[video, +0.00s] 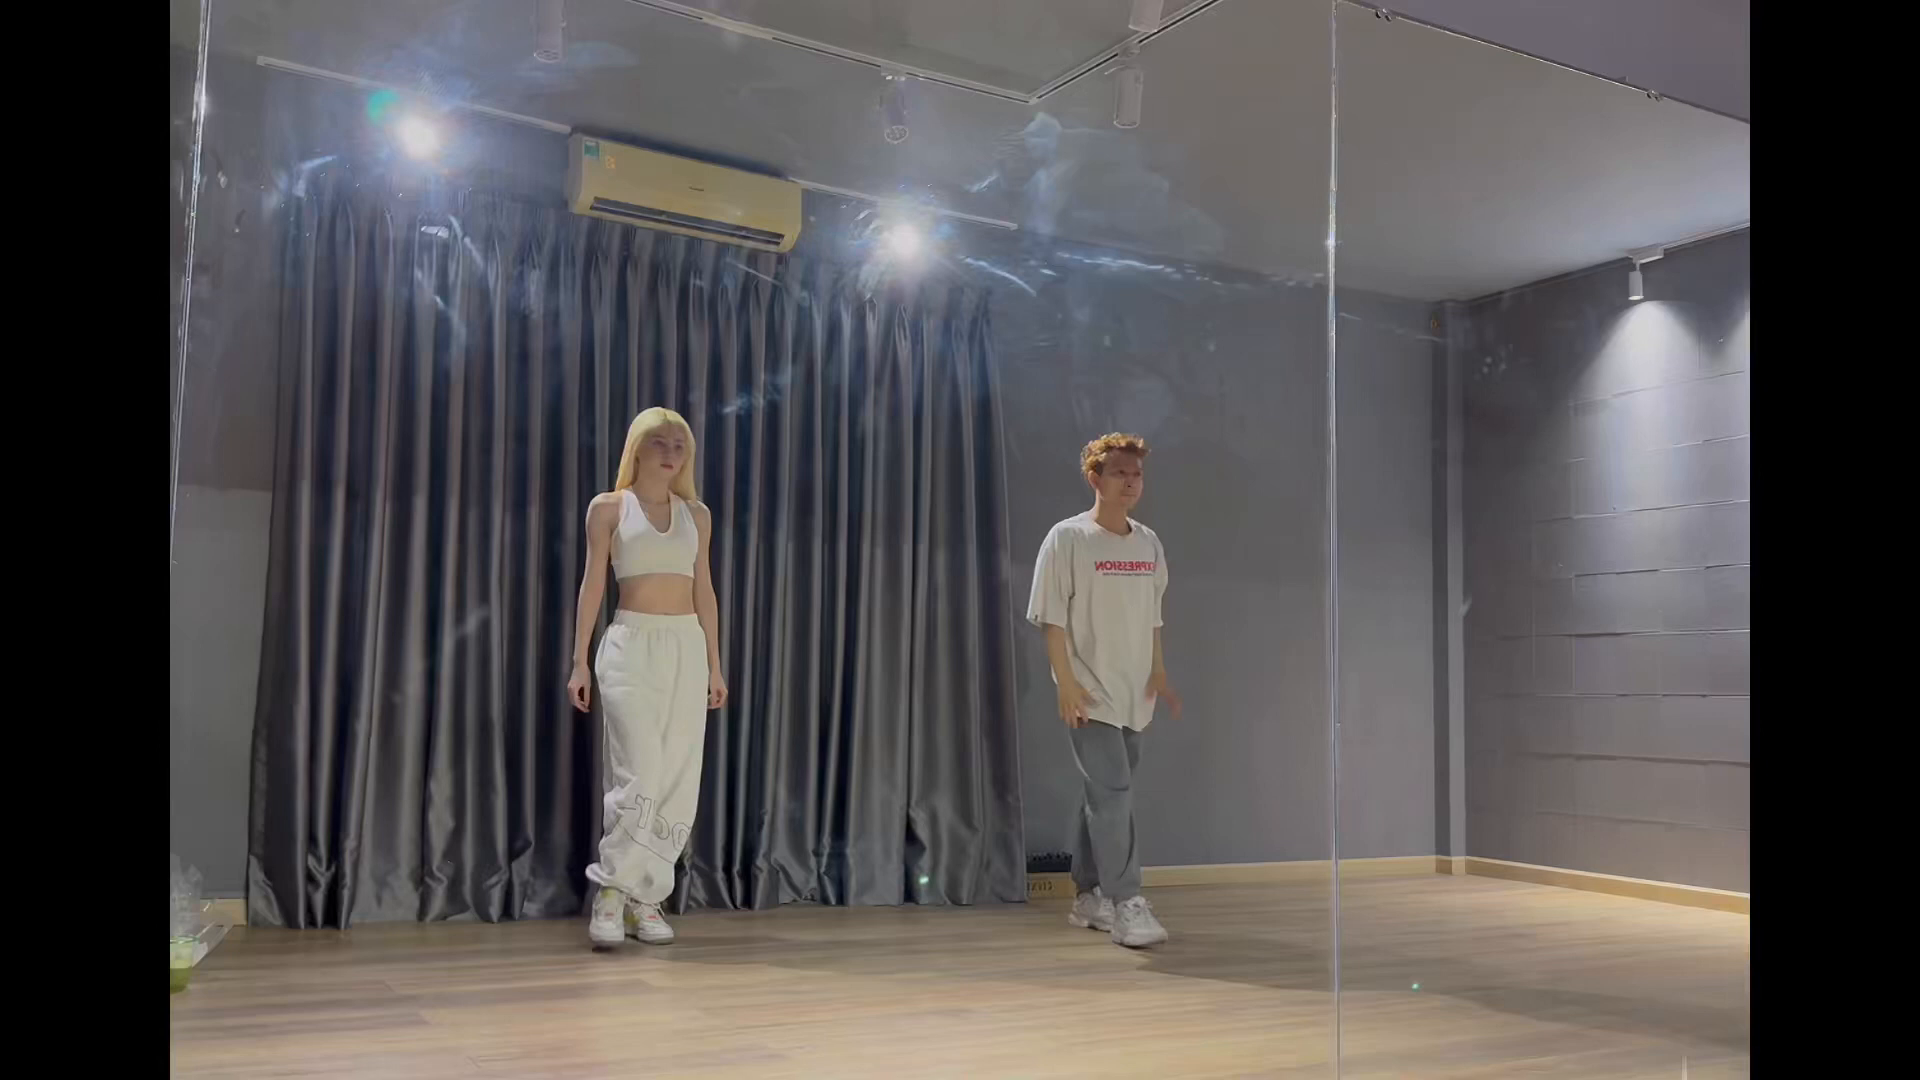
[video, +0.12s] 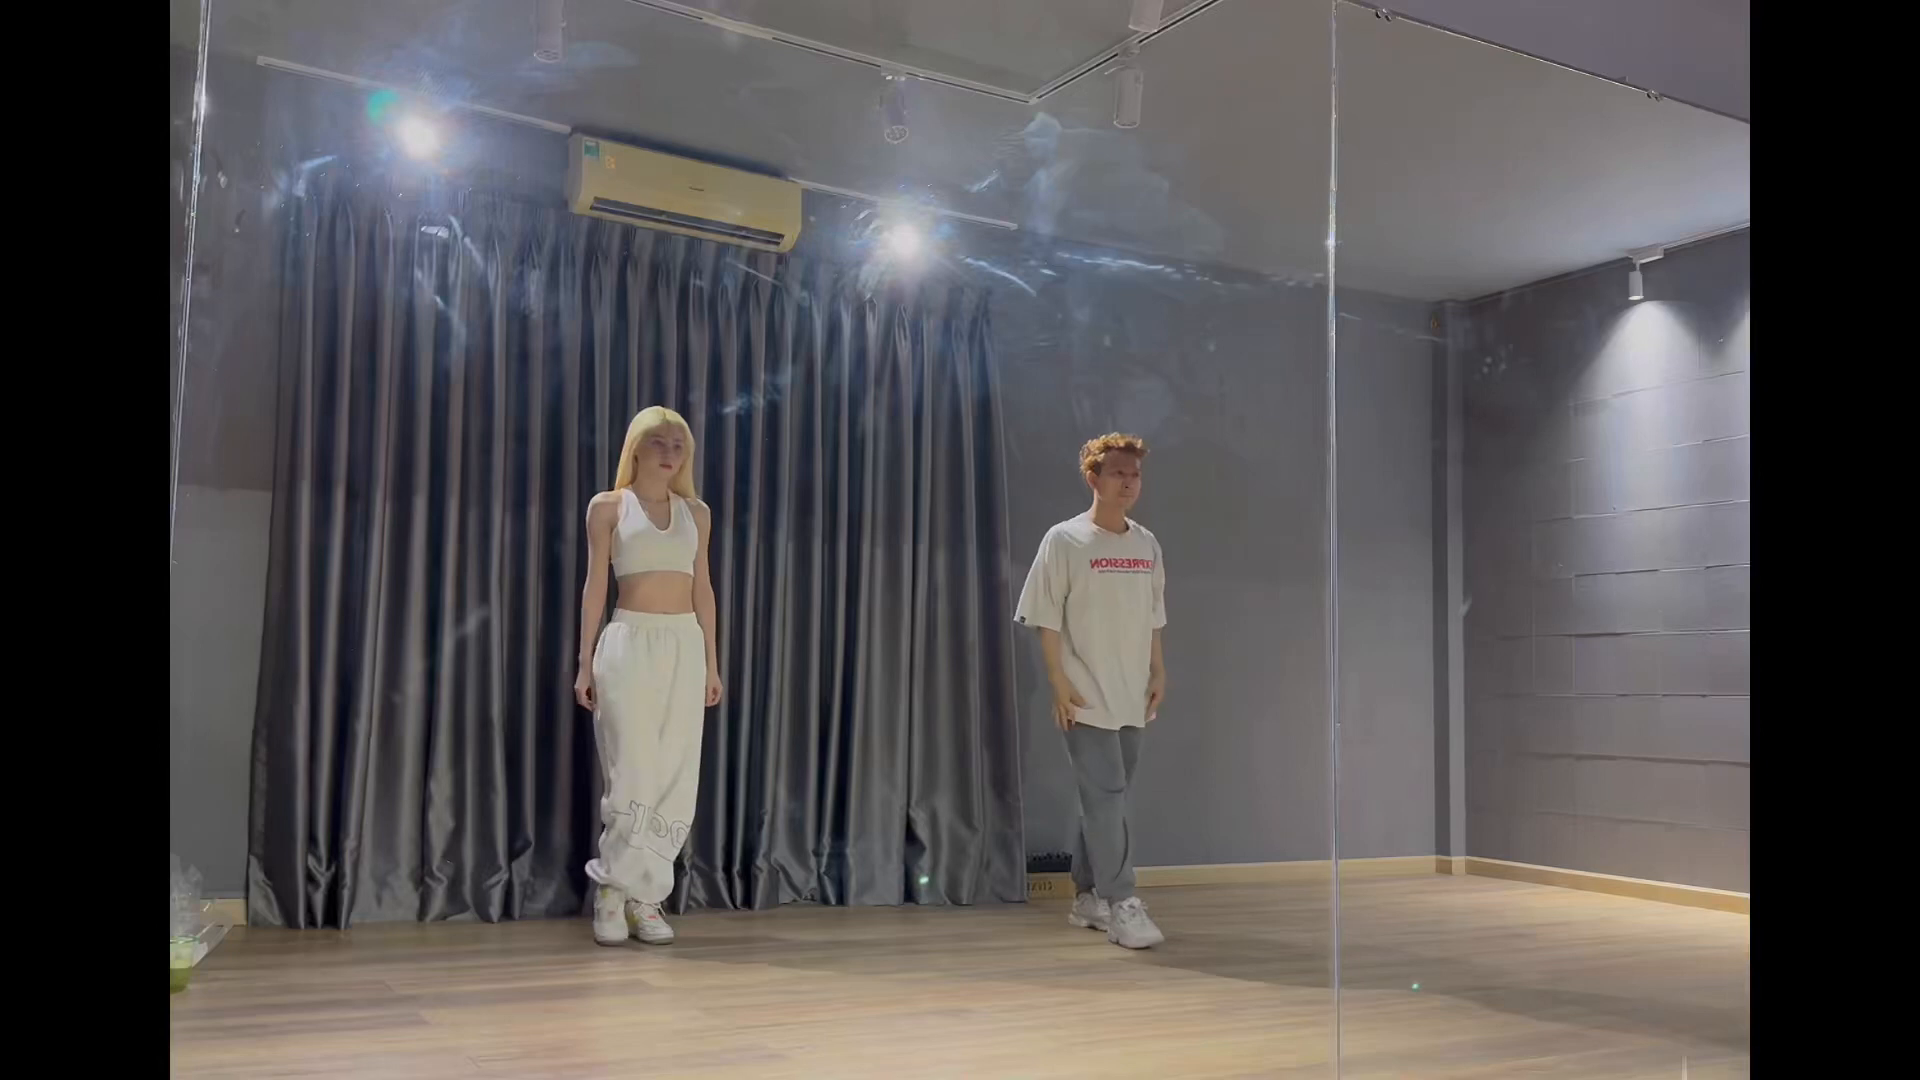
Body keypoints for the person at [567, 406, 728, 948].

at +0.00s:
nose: (669, 451)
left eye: (678, 445)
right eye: (659, 442)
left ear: (688, 456)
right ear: (637, 449)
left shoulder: (697, 515)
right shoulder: (610, 507)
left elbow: (703, 590)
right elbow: (593, 586)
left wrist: (714, 664)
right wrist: (580, 660)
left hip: (688, 654)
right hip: (632, 651)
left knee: (675, 778)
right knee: (637, 777)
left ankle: (645, 901)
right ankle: (610, 896)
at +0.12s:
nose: (668, 452)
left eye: (677, 446)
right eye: (658, 442)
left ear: (687, 456)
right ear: (637, 448)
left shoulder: (696, 513)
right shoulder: (609, 505)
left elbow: (702, 588)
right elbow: (596, 586)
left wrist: (711, 663)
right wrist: (585, 660)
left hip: (685, 652)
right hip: (629, 649)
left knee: (672, 774)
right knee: (632, 772)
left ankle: (644, 897)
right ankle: (612, 892)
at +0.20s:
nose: (668, 453)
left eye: (677, 447)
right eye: (658, 444)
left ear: (687, 458)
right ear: (636, 450)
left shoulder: (695, 515)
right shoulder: (608, 506)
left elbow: (701, 593)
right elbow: (597, 588)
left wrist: (710, 666)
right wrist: (588, 662)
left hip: (683, 653)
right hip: (627, 651)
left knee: (669, 775)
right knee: (625, 772)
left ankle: (647, 901)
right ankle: (611, 899)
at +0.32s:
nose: (665, 452)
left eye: (674, 446)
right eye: (655, 443)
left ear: (683, 458)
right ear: (633, 449)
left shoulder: (693, 513)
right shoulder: (604, 505)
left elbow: (697, 590)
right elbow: (592, 584)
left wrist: (705, 665)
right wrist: (582, 659)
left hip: (680, 653)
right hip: (623, 650)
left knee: (665, 773)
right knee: (618, 771)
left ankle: (645, 899)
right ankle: (610, 897)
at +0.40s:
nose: (662, 453)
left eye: (671, 447)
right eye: (652, 444)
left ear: (681, 457)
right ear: (630, 449)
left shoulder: (692, 512)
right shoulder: (601, 505)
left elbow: (696, 588)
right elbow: (585, 584)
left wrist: (704, 664)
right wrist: (575, 657)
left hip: (678, 652)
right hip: (620, 651)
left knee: (665, 773)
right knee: (619, 771)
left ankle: (647, 900)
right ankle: (610, 898)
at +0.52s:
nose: (657, 454)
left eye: (666, 447)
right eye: (647, 445)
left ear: (676, 457)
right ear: (625, 450)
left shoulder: (689, 511)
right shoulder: (595, 509)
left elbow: (694, 587)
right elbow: (578, 586)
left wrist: (704, 658)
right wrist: (562, 646)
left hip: (674, 652)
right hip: (613, 651)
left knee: (661, 773)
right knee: (614, 771)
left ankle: (646, 901)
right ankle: (610, 899)